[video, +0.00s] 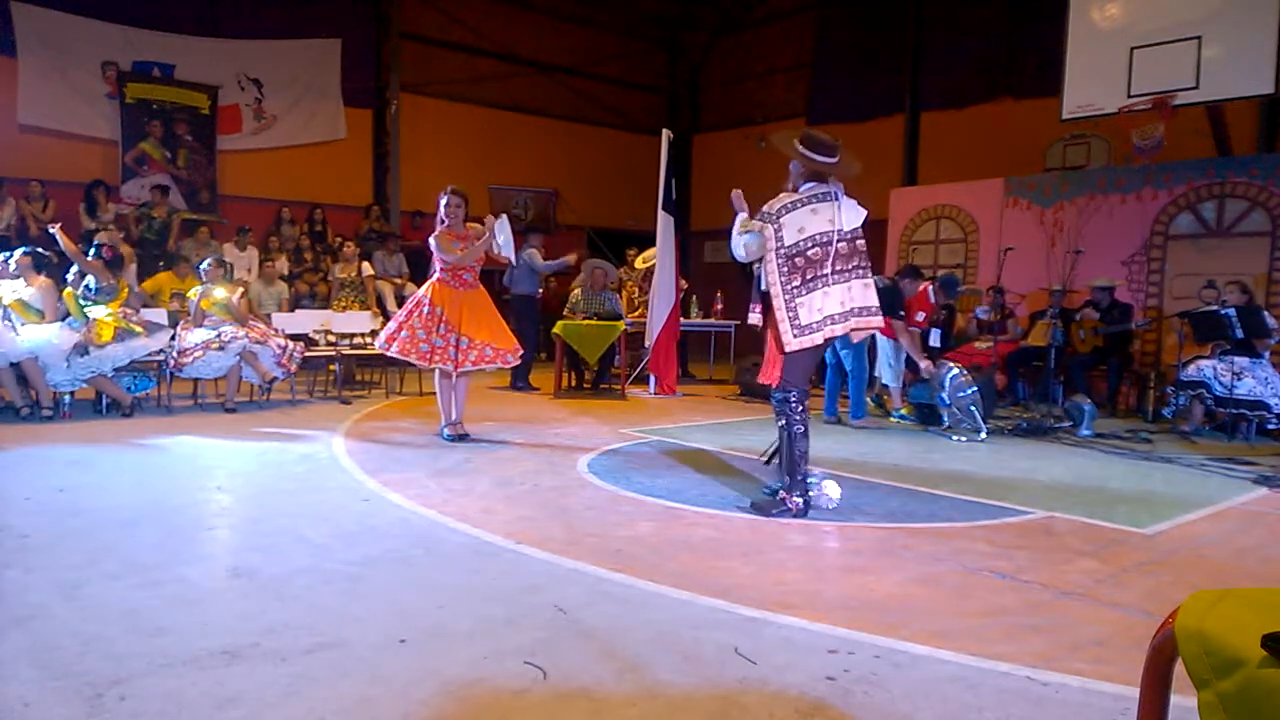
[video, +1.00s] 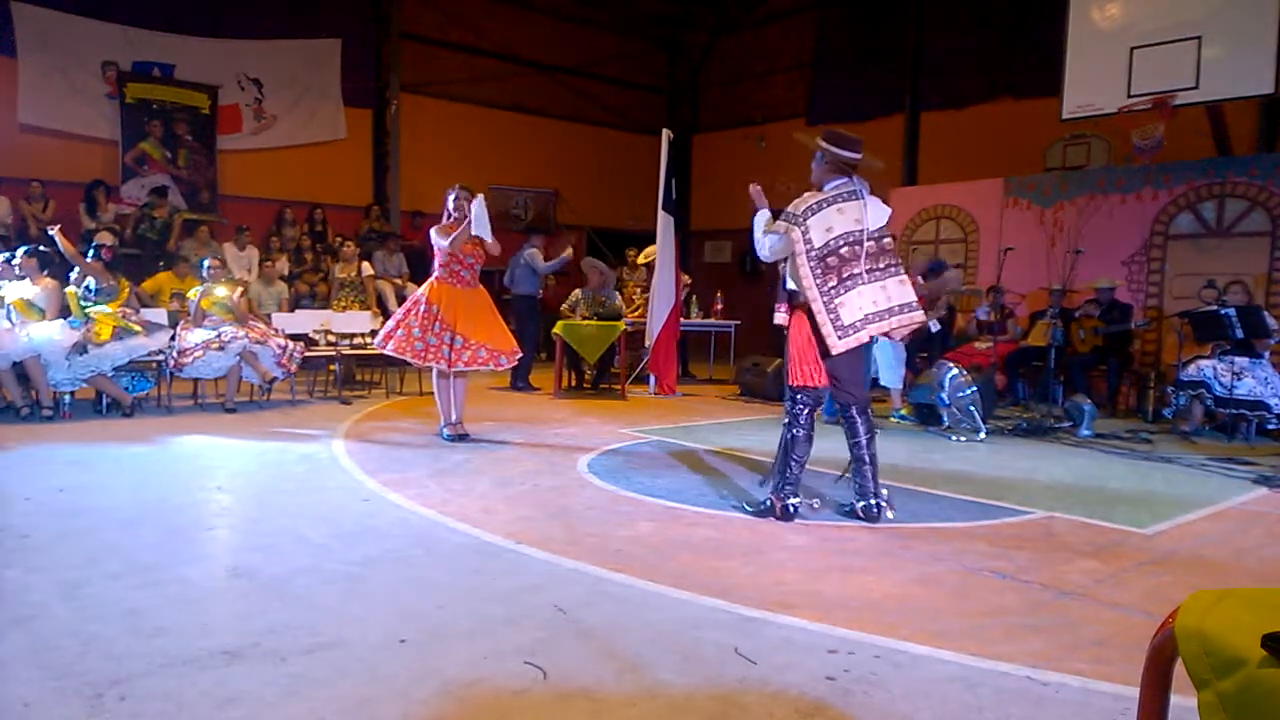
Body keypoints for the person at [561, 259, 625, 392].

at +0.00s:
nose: (600, 278)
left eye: (602, 275)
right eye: (598, 274)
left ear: (606, 278)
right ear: (591, 277)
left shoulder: (612, 296)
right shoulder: (577, 293)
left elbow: (620, 316)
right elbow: (565, 313)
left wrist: (599, 317)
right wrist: (576, 317)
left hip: (603, 332)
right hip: (581, 331)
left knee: (610, 349)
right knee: (570, 346)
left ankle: (597, 380)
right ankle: (579, 378)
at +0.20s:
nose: (596, 278)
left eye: (600, 275)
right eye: (594, 274)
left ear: (605, 279)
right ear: (589, 277)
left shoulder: (612, 296)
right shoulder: (576, 296)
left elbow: (619, 316)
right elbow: (565, 314)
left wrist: (597, 316)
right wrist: (576, 317)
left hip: (603, 333)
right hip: (581, 332)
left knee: (610, 350)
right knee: (570, 346)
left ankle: (597, 380)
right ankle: (579, 378)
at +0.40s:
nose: (595, 277)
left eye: (598, 275)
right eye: (593, 274)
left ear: (604, 278)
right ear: (589, 277)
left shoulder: (613, 296)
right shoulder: (578, 293)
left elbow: (620, 317)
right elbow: (565, 312)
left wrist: (599, 317)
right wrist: (576, 317)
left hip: (603, 333)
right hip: (581, 332)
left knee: (610, 349)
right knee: (570, 345)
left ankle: (597, 380)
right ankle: (578, 378)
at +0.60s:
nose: (594, 276)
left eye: (598, 273)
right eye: (594, 272)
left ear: (604, 277)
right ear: (589, 275)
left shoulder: (613, 295)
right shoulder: (579, 293)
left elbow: (620, 315)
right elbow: (565, 311)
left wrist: (600, 317)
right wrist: (577, 318)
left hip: (603, 332)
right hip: (582, 331)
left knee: (610, 349)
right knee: (570, 345)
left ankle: (597, 380)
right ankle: (579, 378)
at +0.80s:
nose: (596, 276)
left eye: (598, 272)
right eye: (595, 272)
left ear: (605, 276)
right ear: (590, 275)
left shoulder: (613, 295)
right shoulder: (578, 293)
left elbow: (619, 312)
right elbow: (564, 311)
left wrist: (598, 315)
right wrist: (577, 318)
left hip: (603, 332)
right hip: (581, 331)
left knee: (610, 349)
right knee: (570, 345)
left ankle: (597, 380)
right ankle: (578, 377)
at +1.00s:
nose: (590, 276)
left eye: (594, 273)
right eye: (591, 273)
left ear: (602, 277)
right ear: (588, 275)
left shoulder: (613, 295)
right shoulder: (579, 293)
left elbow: (619, 312)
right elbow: (563, 309)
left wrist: (598, 314)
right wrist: (575, 318)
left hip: (603, 333)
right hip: (581, 331)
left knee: (610, 349)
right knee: (569, 345)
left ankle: (597, 380)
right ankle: (578, 377)